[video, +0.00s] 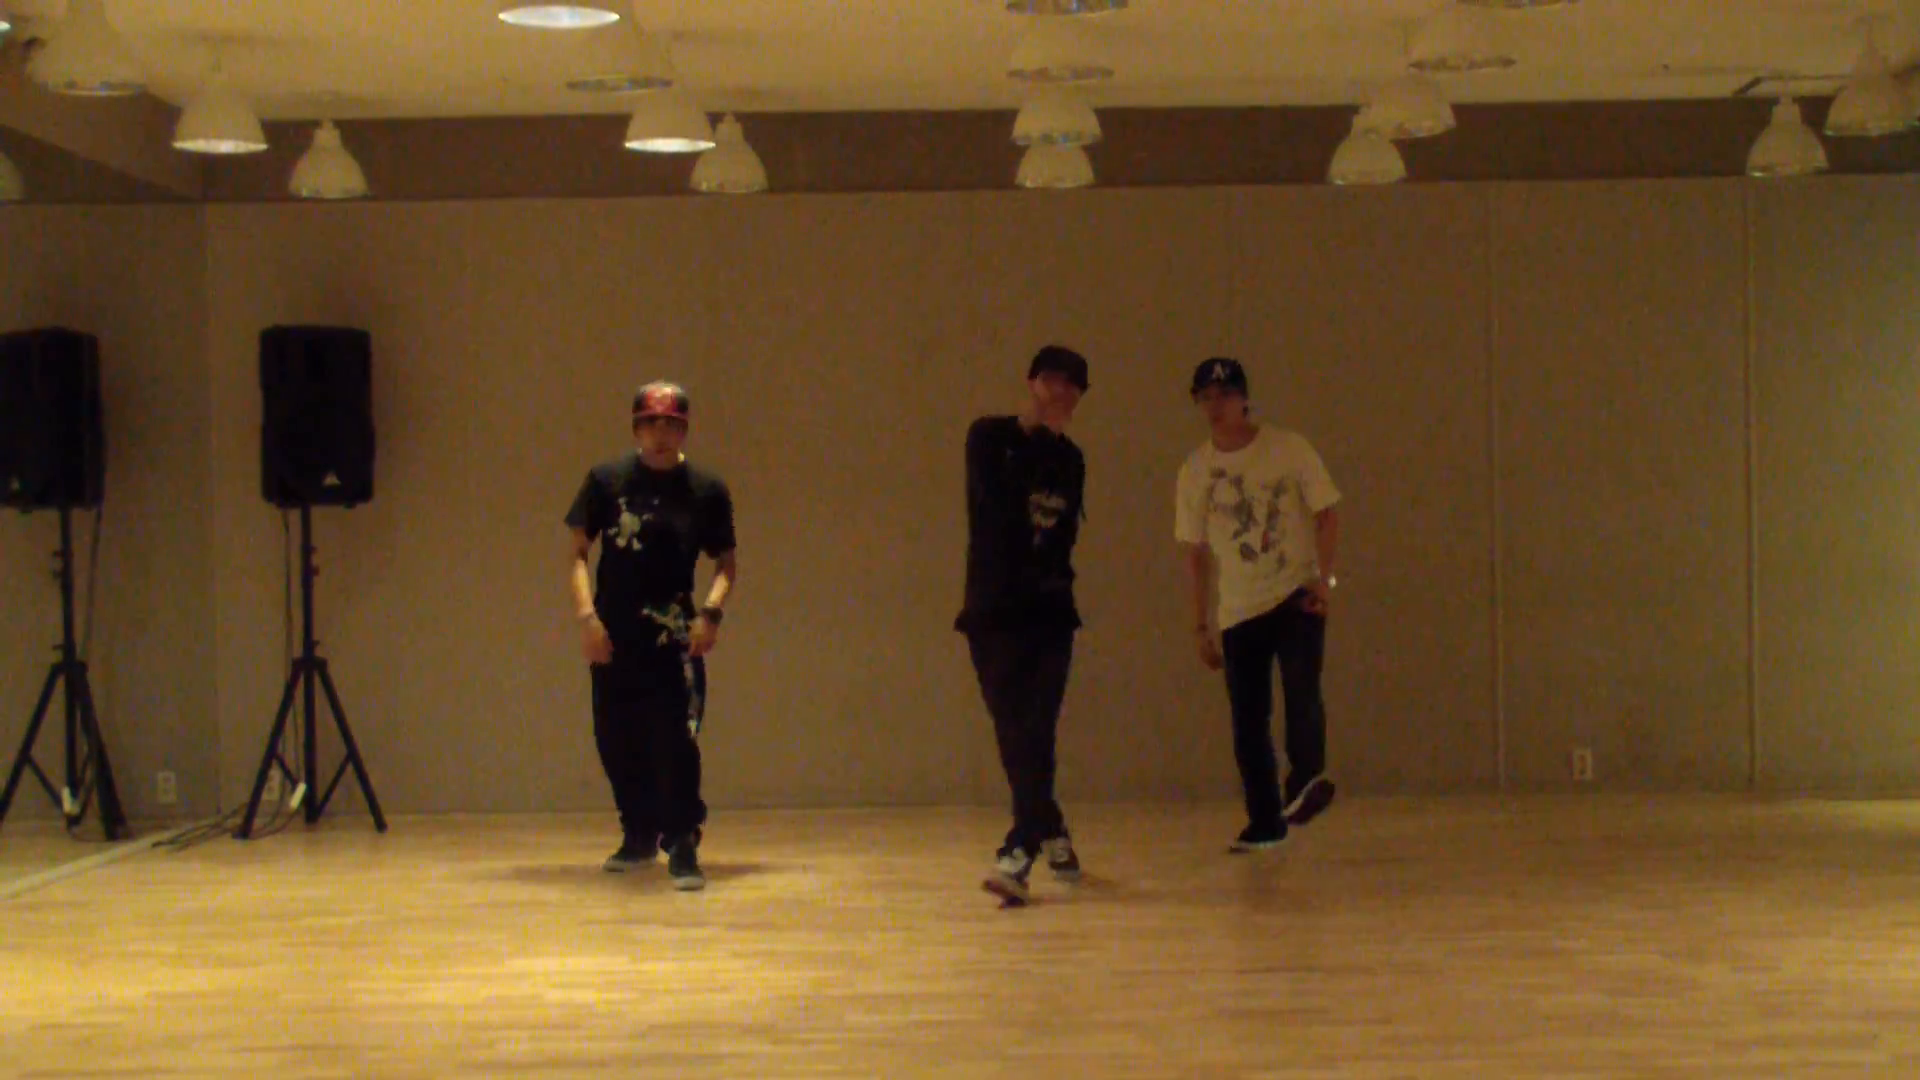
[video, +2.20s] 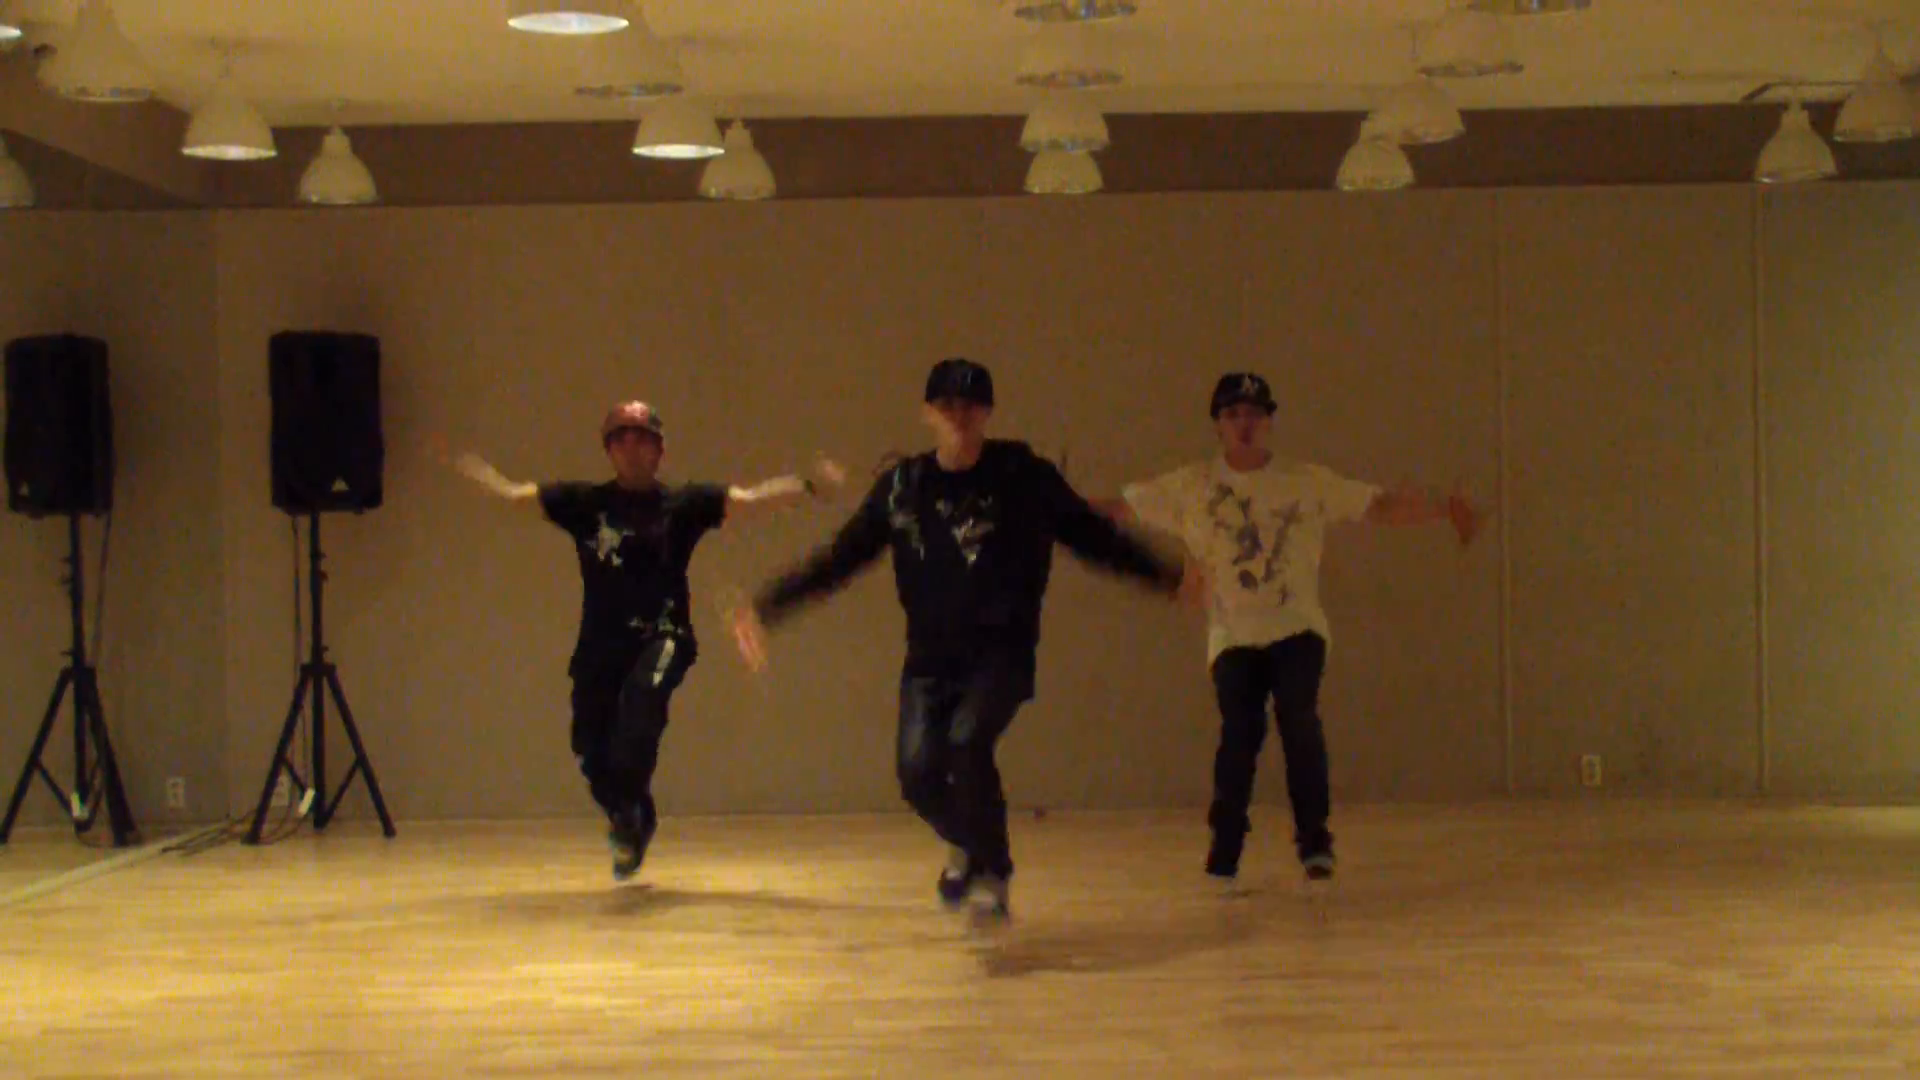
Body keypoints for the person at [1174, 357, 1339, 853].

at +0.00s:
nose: (1217, 406)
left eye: (1226, 395)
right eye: (1208, 399)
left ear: (1245, 399)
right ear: (1199, 405)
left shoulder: (1289, 448)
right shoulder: (1196, 470)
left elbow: (1327, 511)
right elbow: (1195, 553)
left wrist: (1324, 577)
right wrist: (1200, 625)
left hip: (1296, 596)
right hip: (1238, 609)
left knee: (1302, 692)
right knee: (1248, 720)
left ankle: (1305, 783)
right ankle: (1264, 822)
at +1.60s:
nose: (1240, 412)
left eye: (1249, 404)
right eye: (1230, 405)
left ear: (1264, 412)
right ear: (1215, 414)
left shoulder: (1291, 470)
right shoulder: (1191, 470)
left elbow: (1314, 516)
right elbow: (1165, 509)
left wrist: (1294, 551)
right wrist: (1183, 552)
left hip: (1277, 614)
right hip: (1217, 618)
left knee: (1278, 711)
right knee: (1235, 732)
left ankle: (1265, 767)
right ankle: (1237, 845)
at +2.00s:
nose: (1233, 443)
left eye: (1242, 434)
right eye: (1222, 434)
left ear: (1256, 443)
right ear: (1205, 447)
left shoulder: (1286, 502)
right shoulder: (1191, 507)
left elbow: (1321, 525)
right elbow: (1169, 538)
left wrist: (1355, 526)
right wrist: (1148, 539)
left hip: (1283, 641)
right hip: (1223, 651)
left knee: (1287, 727)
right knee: (1237, 758)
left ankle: (1287, 811)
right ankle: (1244, 849)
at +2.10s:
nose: (1239, 426)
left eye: (1249, 417)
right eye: (1229, 417)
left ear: (1263, 424)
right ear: (1210, 427)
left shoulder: (1297, 489)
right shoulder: (1189, 498)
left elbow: (1372, 499)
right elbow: (1118, 505)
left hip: (1288, 629)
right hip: (1225, 641)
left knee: (1296, 707)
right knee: (1237, 751)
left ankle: (1300, 815)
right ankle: (1239, 839)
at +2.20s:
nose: (1243, 425)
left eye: (1253, 415)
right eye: (1232, 416)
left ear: (1270, 421)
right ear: (1216, 424)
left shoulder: (1306, 483)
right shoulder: (1192, 488)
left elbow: (1381, 505)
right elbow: (1119, 508)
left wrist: (1445, 507)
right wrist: (1062, 507)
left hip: (1297, 627)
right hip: (1233, 634)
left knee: (1299, 722)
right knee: (1240, 730)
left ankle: (1314, 842)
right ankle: (1225, 844)